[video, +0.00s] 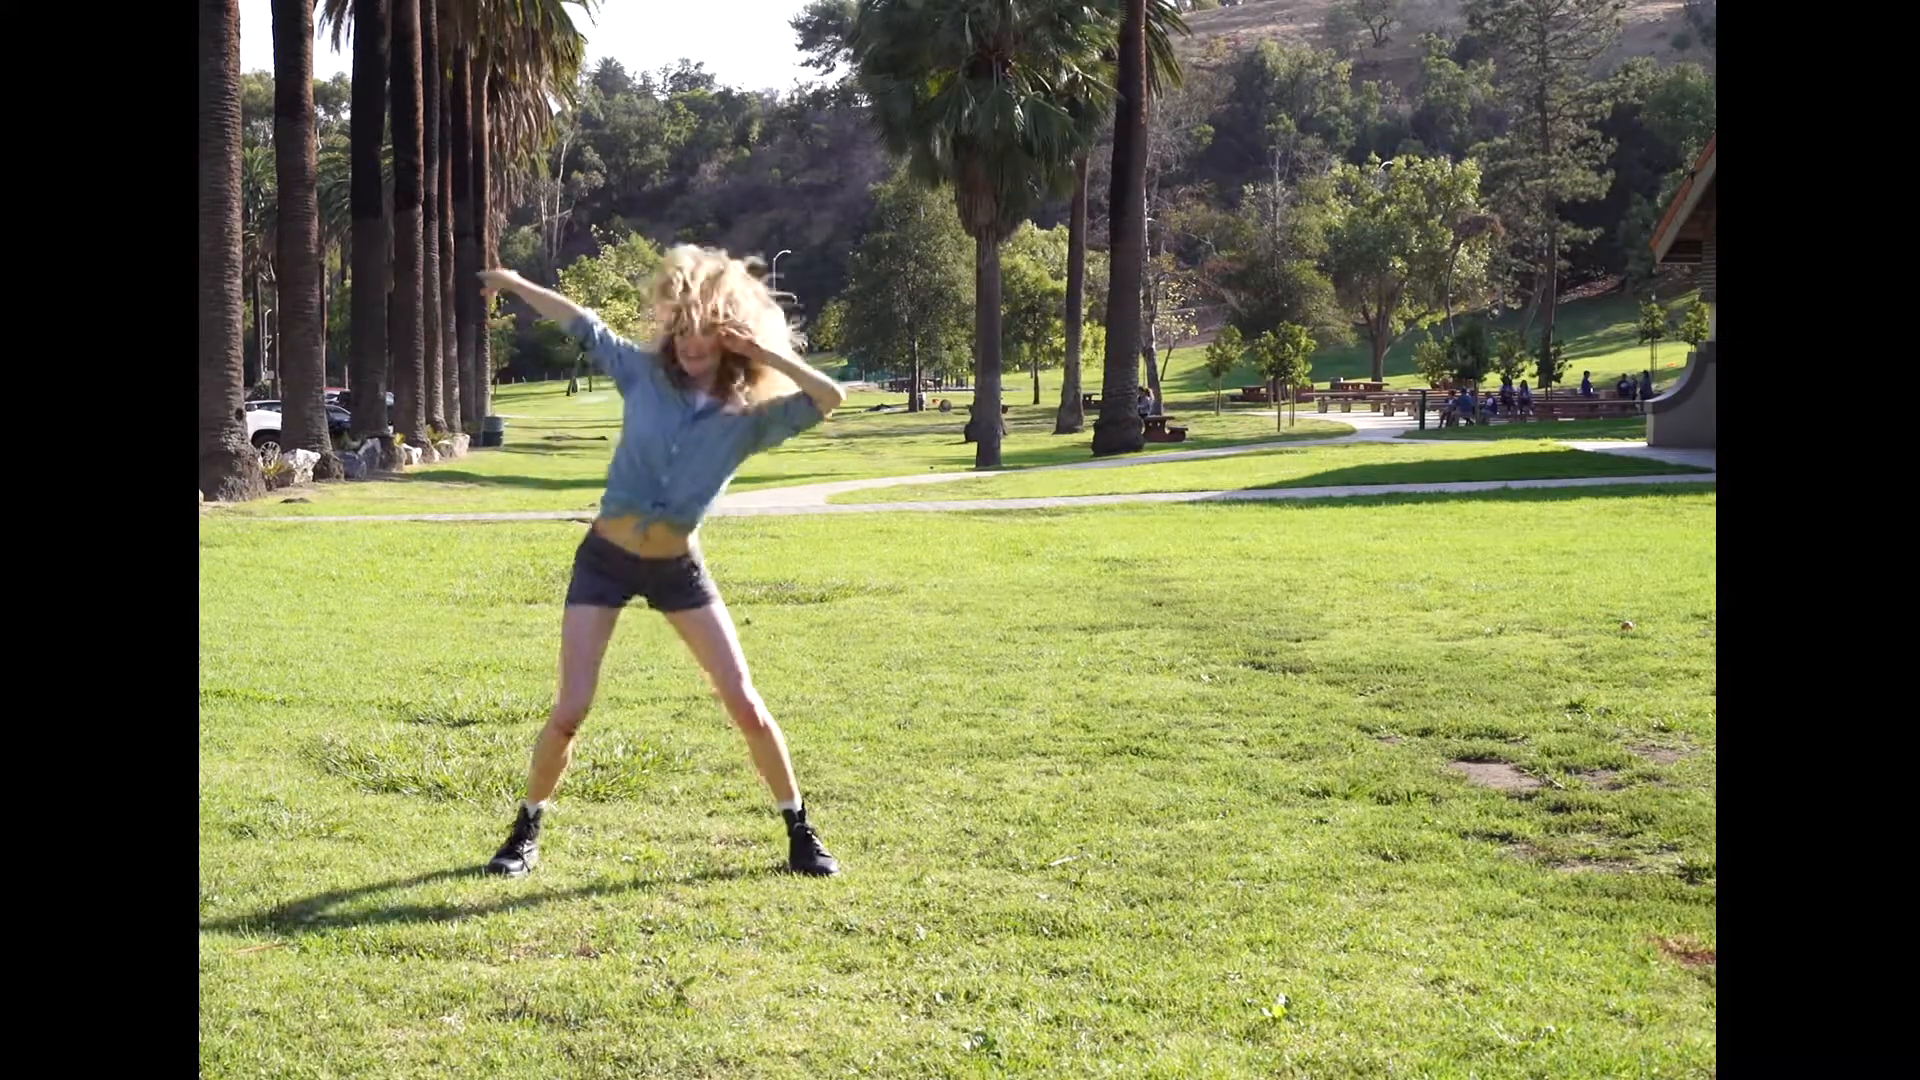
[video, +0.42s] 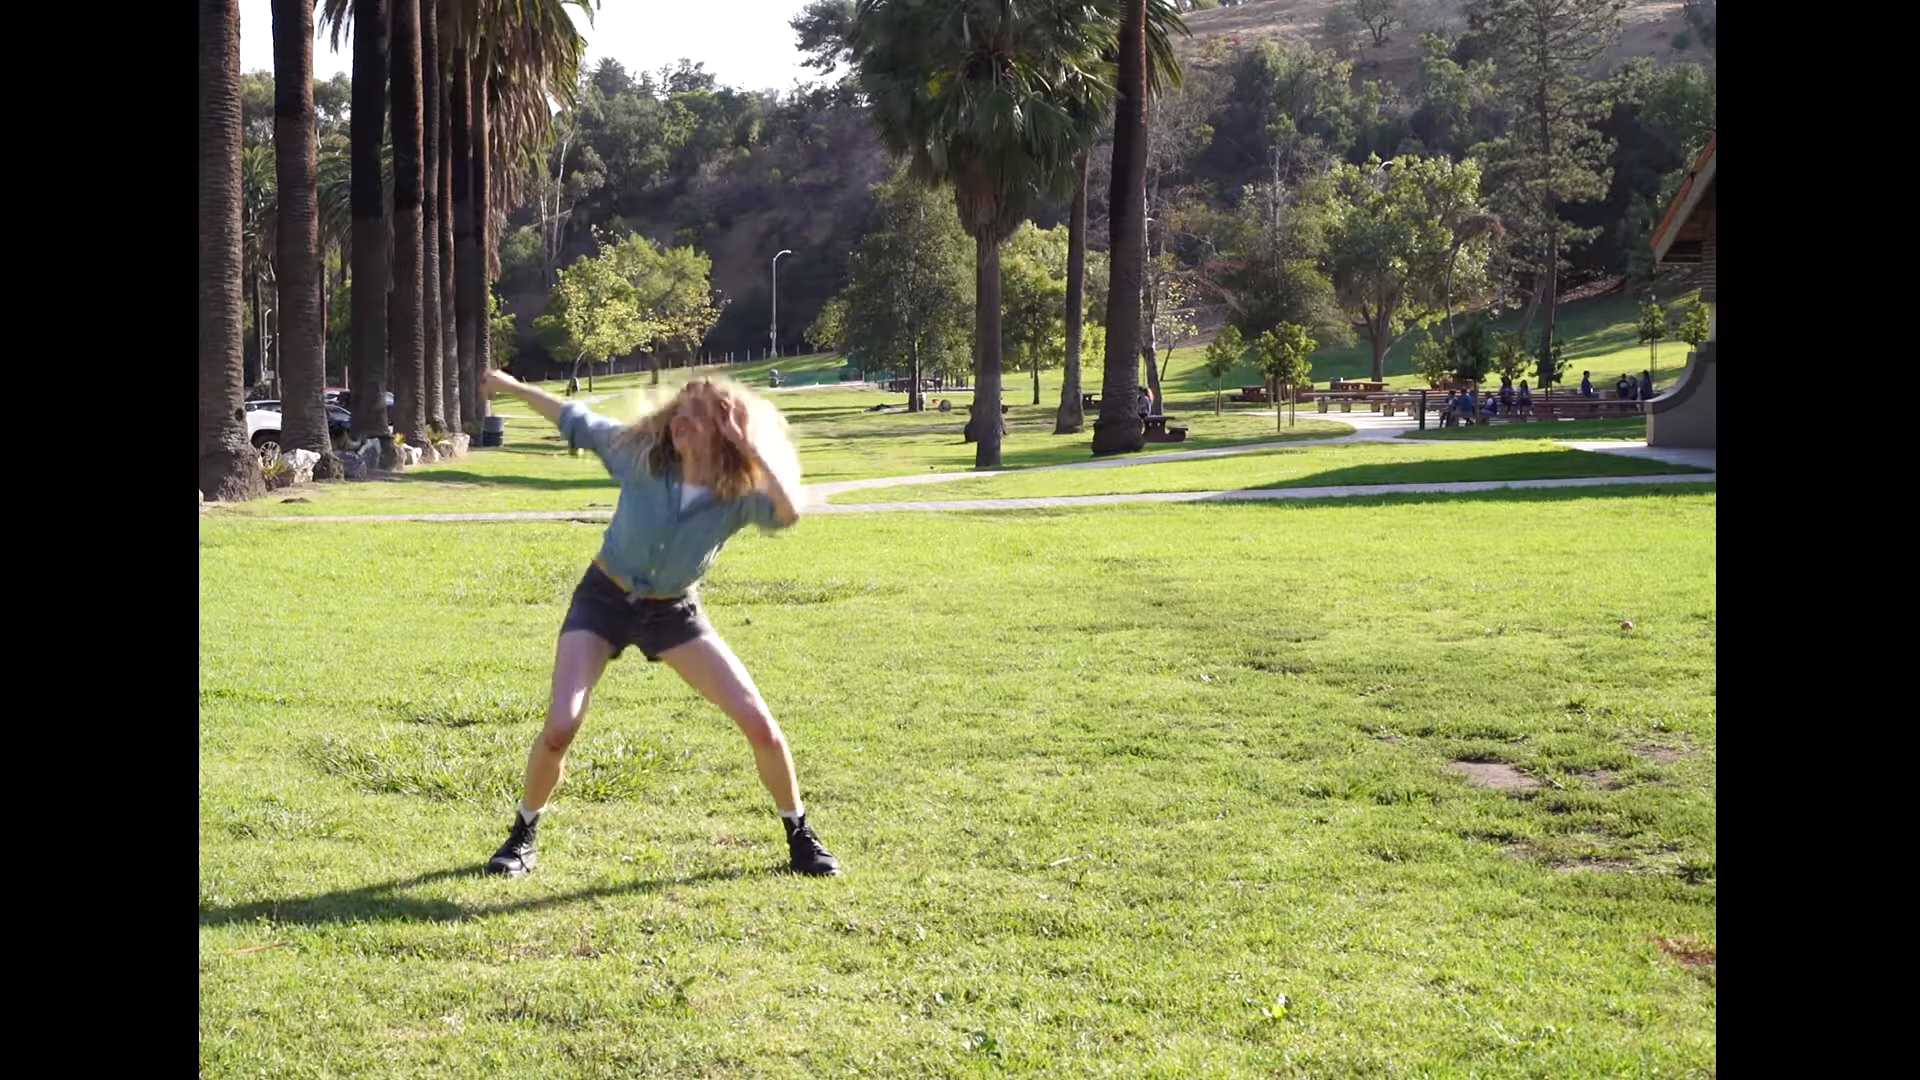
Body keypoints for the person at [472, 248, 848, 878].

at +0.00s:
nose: (691, 343)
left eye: (704, 333)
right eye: (684, 331)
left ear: (731, 343)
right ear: (673, 333)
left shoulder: (746, 422)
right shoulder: (642, 376)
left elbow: (829, 398)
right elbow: (579, 321)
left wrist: (761, 348)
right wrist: (507, 279)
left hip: (676, 569)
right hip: (604, 558)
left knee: (744, 703)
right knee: (569, 713)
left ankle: (801, 833)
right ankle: (525, 831)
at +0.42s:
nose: (682, 423)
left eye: (694, 416)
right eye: (678, 414)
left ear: (721, 428)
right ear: (671, 419)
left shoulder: (737, 494)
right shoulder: (639, 453)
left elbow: (786, 513)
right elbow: (570, 416)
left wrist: (751, 451)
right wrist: (508, 383)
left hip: (673, 611)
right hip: (603, 598)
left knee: (760, 722)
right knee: (561, 724)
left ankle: (801, 838)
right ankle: (522, 835)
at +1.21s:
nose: (683, 439)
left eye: (698, 429)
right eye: (679, 428)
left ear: (729, 441)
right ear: (673, 436)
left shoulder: (750, 528)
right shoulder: (657, 480)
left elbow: (680, 601)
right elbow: (574, 489)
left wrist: (680, 515)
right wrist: (479, 482)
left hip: (662, 629)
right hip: (602, 601)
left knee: (752, 728)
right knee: (535, 726)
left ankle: (796, 839)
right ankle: (517, 838)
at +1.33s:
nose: (681, 430)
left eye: (696, 421)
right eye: (677, 421)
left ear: (729, 435)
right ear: (671, 434)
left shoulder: (771, 510)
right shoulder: (655, 491)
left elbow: (736, 589)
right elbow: (570, 547)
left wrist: (658, 587)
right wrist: (477, 596)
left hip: (689, 620)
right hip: (626, 609)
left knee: (776, 724)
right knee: (562, 731)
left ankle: (802, 839)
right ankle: (520, 839)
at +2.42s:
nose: (686, 395)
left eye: (693, 381)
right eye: (675, 387)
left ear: (719, 361)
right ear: (665, 379)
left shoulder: (777, 386)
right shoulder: (672, 413)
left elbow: (820, 452)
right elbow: (664, 500)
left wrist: (866, 506)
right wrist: (652, 576)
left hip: (777, 561)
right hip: (706, 566)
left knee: (829, 723)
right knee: (630, 719)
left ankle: (851, 832)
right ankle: (610, 827)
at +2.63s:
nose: (738, 387)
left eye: (750, 375)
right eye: (727, 374)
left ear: (772, 373)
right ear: (712, 371)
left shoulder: (803, 433)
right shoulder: (689, 413)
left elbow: (845, 496)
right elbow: (614, 456)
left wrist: (913, 520)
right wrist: (542, 500)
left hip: (737, 574)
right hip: (664, 561)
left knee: (810, 730)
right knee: (614, 719)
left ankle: (851, 834)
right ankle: (606, 833)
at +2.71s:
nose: (723, 388)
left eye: (733, 377)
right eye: (717, 377)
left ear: (765, 371)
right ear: (712, 373)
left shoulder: (806, 432)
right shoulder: (699, 408)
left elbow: (841, 501)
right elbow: (618, 439)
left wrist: (909, 522)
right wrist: (540, 472)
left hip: (724, 574)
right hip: (653, 557)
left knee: (792, 735)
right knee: (611, 717)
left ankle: (846, 835)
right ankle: (605, 835)